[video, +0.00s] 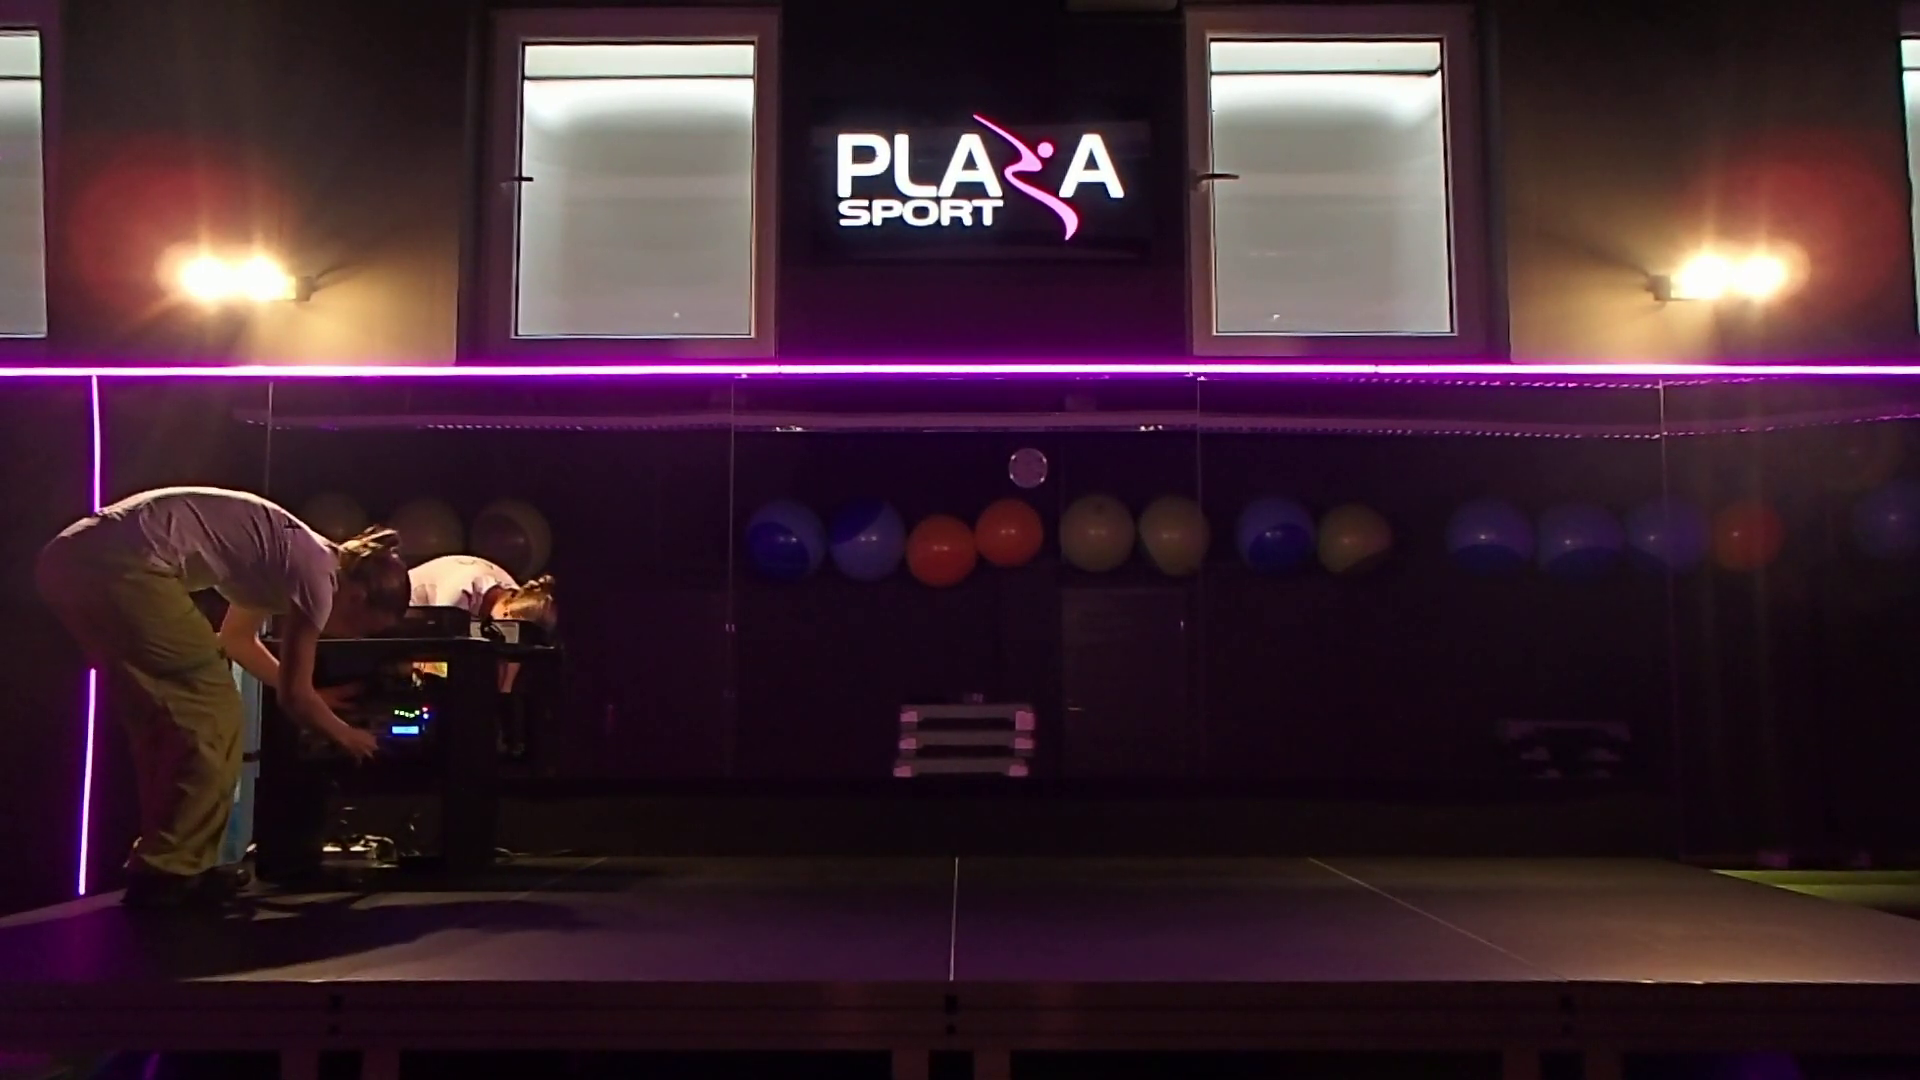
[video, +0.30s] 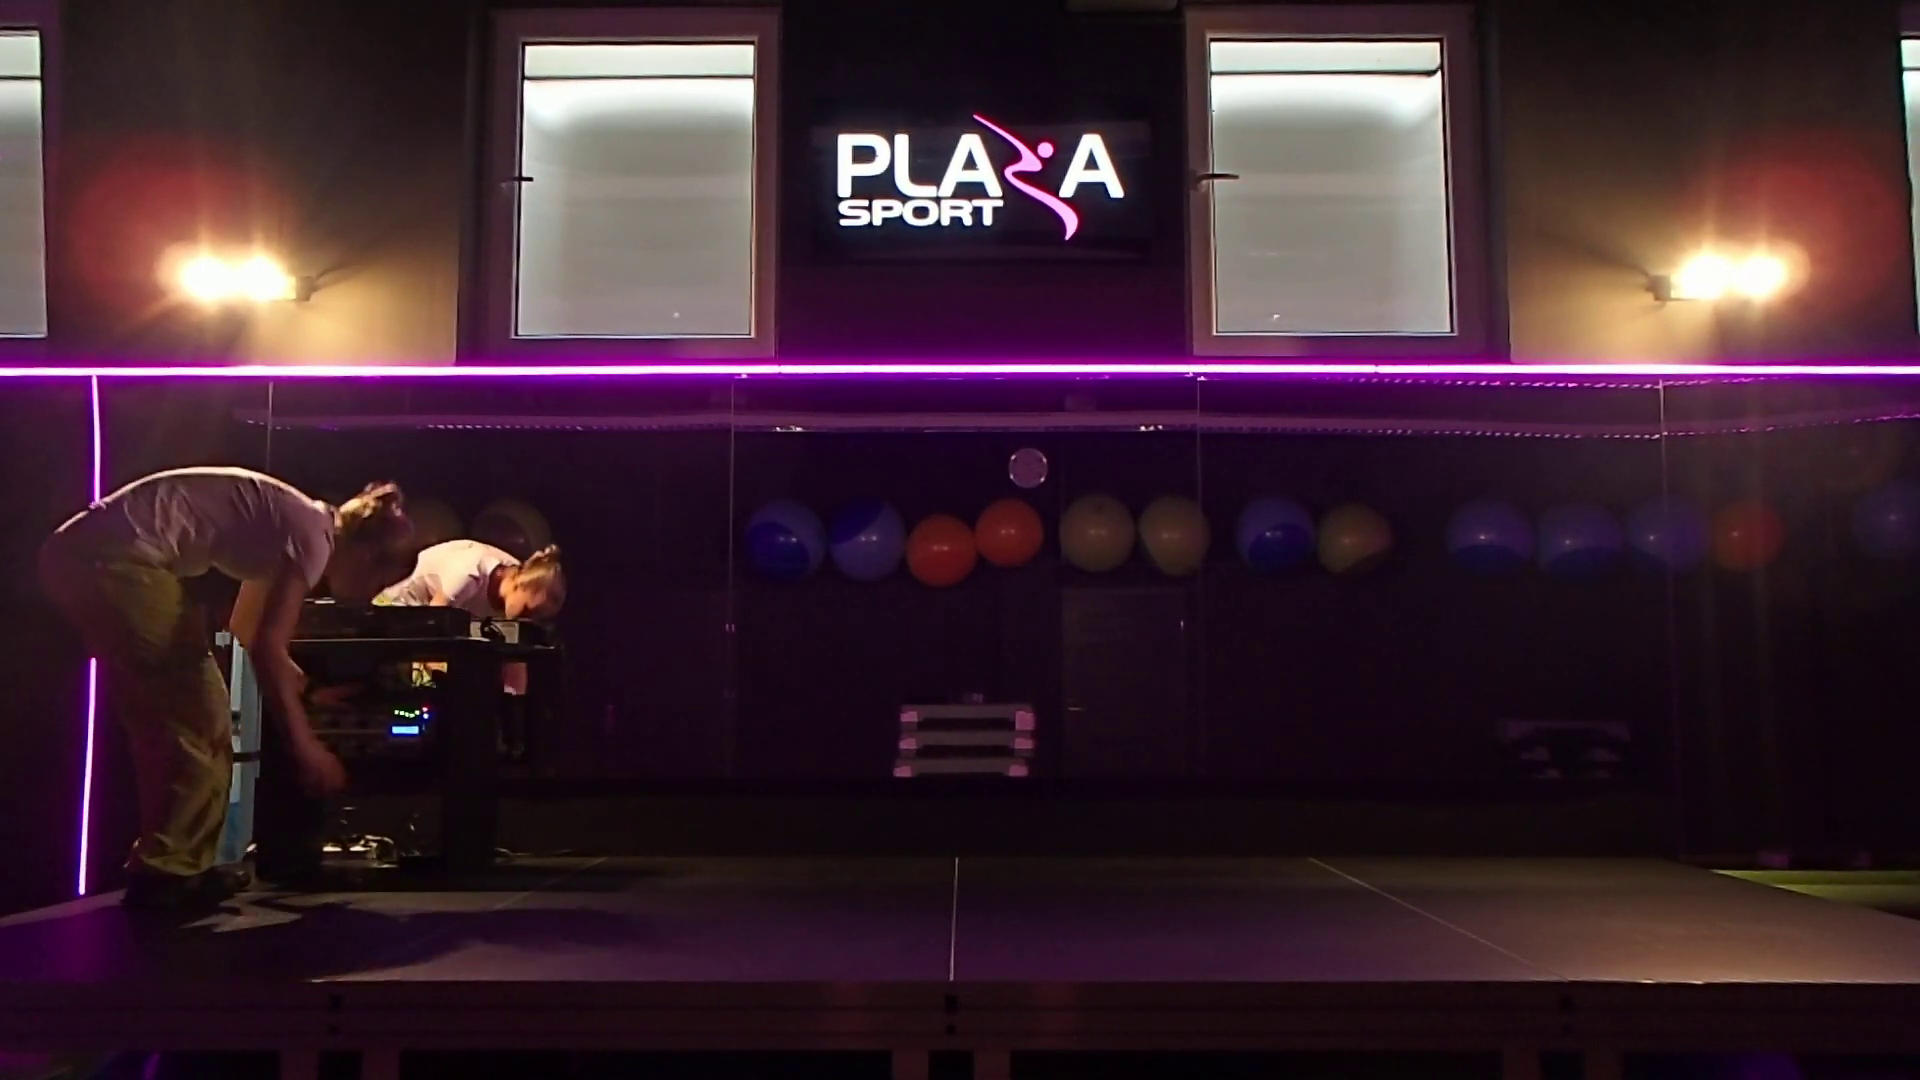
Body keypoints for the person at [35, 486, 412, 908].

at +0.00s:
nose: (354, 633)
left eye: (367, 630)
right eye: (365, 624)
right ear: (354, 592)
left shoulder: (277, 560)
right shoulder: (315, 572)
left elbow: (236, 638)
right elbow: (297, 695)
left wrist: (299, 689)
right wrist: (344, 734)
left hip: (79, 559)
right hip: (123, 563)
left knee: (161, 710)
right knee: (214, 701)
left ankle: (163, 862)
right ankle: (173, 869)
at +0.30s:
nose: (371, 595)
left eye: (382, 586)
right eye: (379, 579)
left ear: (357, 537)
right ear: (365, 551)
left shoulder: (290, 523)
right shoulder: (311, 535)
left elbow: (245, 628)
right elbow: (269, 644)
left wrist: (294, 679)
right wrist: (305, 745)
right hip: (121, 562)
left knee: (185, 720)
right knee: (202, 722)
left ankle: (175, 868)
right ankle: (167, 874)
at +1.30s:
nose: (378, 616)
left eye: (390, 612)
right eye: (388, 607)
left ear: (376, 568)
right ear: (379, 576)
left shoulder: (295, 554)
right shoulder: (333, 559)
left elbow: (246, 635)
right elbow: (343, 680)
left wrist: (313, 691)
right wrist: (396, 726)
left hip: (104, 544)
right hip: (124, 548)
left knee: (167, 696)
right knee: (196, 696)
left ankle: (168, 864)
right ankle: (171, 869)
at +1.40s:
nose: (380, 618)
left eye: (391, 614)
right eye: (389, 609)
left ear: (377, 569)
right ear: (378, 577)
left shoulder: (294, 553)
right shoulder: (336, 560)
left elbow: (246, 636)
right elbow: (344, 679)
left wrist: (314, 691)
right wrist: (396, 727)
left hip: (103, 542)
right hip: (128, 548)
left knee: (157, 695)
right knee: (197, 695)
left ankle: (165, 863)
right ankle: (173, 868)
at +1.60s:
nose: (379, 619)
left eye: (391, 615)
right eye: (389, 610)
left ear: (379, 570)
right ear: (380, 577)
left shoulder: (296, 553)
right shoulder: (338, 558)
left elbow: (247, 636)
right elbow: (344, 679)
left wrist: (315, 691)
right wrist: (395, 726)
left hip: (109, 542)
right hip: (132, 546)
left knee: (168, 695)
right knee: (197, 697)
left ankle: (165, 865)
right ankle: (172, 868)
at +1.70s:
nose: (380, 619)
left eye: (391, 615)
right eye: (390, 609)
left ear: (379, 569)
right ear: (380, 576)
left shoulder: (297, 554)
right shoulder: (339, 557)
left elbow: (247, 636)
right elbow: (344, 677)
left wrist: (315, 691)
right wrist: (394, 726)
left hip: (111, 542)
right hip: (133, 547)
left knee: (172, 696)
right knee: (197, 697)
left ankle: (167, 865)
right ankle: (171, 869)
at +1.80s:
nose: (379, 618)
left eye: (391, 615)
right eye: (389, 609)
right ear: (380, 577)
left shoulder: (297, 552)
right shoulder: (339, 556)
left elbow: (247, 635)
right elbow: (343, 676)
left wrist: (315, 691)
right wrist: (395, 726)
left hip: (112, 543)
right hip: (133, 547)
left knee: (179, 697)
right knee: (196, 698)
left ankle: (167, 865)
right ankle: (169, 869)